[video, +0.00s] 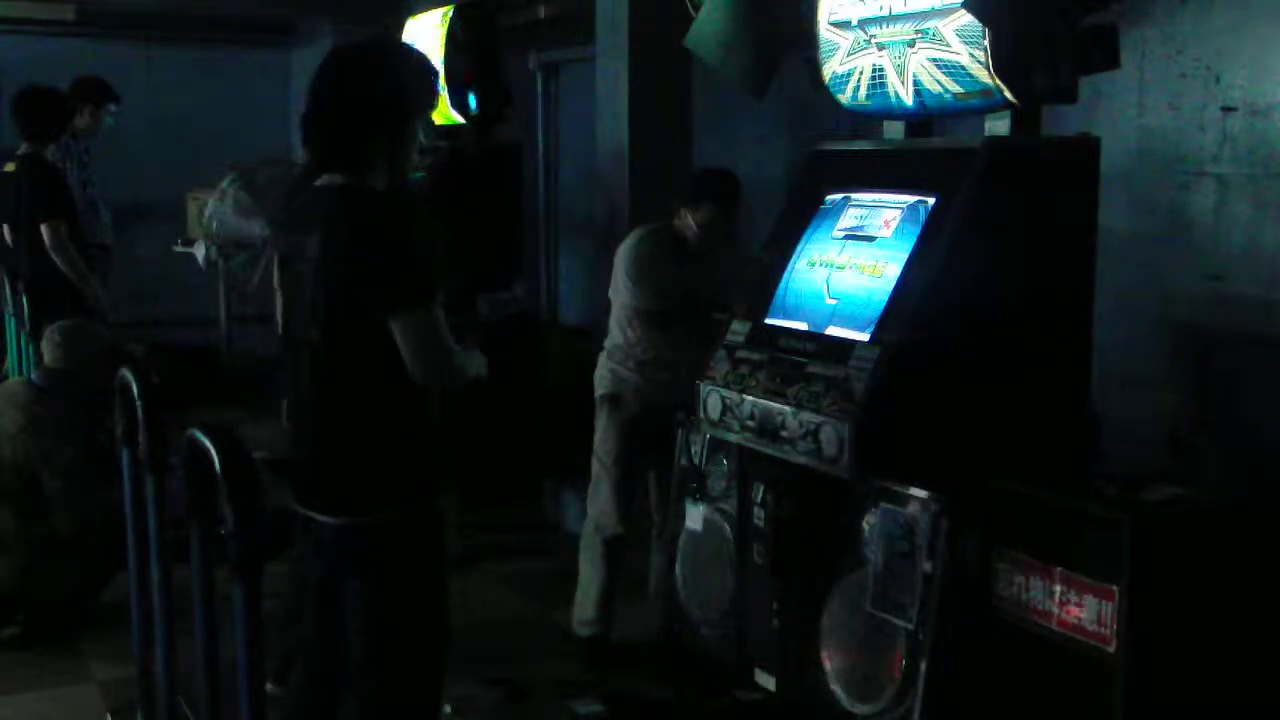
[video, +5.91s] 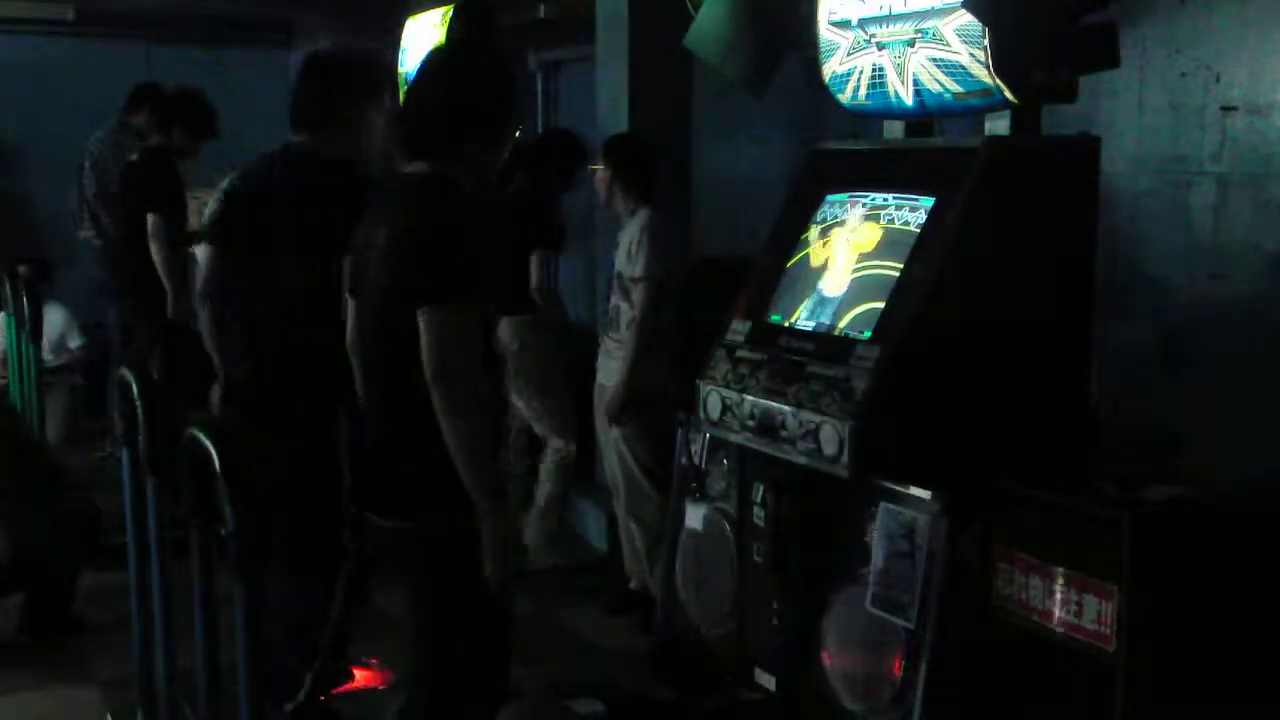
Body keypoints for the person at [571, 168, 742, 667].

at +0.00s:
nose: (710, 232)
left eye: (718, 224)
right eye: (705, 220)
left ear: (726, 223)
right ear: (684, 211)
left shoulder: (714, 258)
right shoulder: (643, 249)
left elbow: (722, 320)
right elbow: (645, 327)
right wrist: (710, 318)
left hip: (677, 392)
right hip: (624, 387)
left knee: (672, 511)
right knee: (611, 510)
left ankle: (666, 624)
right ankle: (590, 626)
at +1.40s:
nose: (706, 223)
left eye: (715, 214)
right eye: (701, 211)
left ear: (725, 212)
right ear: (681, 201)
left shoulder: (723, 251)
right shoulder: (634, 241)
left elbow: (734, 319)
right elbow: (607, 320)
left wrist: (705, 366)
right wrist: (660, 366)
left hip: (686, 390)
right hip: (628, 384)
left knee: (677, 504)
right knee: (605, 498)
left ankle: (666, 612)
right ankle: (588, 601)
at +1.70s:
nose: (645, 209)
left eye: (657, 200)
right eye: (639, 197)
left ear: (675, 200)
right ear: (628, 193)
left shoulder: (688, 243)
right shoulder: (602, 235)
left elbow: (725, 300)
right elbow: (573, 302)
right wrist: (603, 357)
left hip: (667, 383)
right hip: (610, 379)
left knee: (670, 503)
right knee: (602, 495)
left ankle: (666, 607)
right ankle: (606, 595)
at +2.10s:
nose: (579, 207)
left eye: (585, 196)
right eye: (575, 198)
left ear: (610, 190)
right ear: (576, 197)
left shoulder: (645, 238)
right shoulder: (586, 236)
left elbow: (658, 314)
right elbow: (580, 302)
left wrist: (628, 371)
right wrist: (575, 354)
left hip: (640, 381)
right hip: (594, 379)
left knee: (642, 493)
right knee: (592, 491)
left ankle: (650, 602)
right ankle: (604, 592)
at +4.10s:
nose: (582, 212)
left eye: (585, 201)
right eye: (578, 202)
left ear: (607, 192)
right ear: (595, 198)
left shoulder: (650, 230)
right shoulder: (617, 232)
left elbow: (676, 302)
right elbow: (624, 305)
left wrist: (684, 373)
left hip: (646, 376)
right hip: (614, 373)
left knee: (642, 487)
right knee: (618, 485)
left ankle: (652, 596)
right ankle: (633, 585)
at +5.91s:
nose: (596, 182)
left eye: (602, 172)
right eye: (597, 171)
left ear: (618, 177)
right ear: (630, 177)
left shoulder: (645, 229)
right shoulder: (633, 228)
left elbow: (642, 315)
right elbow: (630, 314)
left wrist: (621, 386)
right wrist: (609, 374)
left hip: (629, 379)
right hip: (613, 374)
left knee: (637, 490)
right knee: (622, 486)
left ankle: (651, 588)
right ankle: (634, 582)